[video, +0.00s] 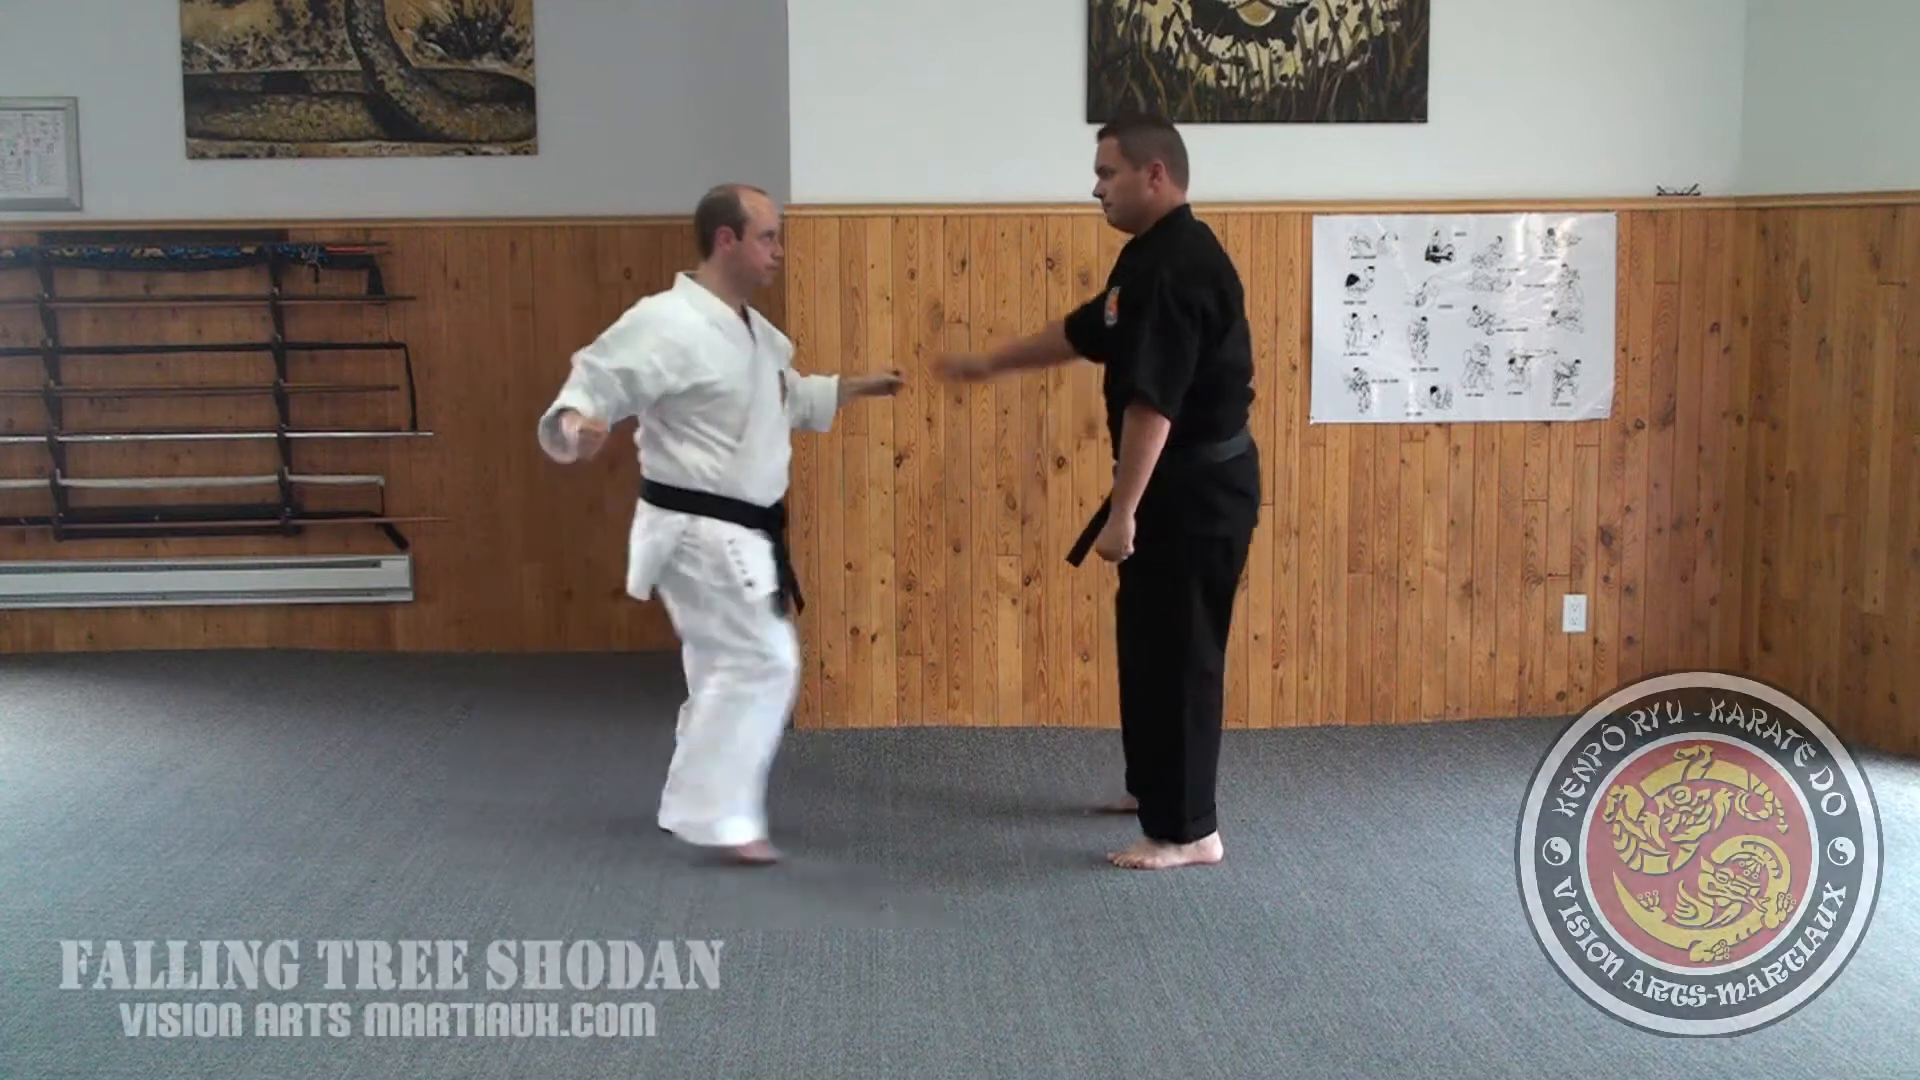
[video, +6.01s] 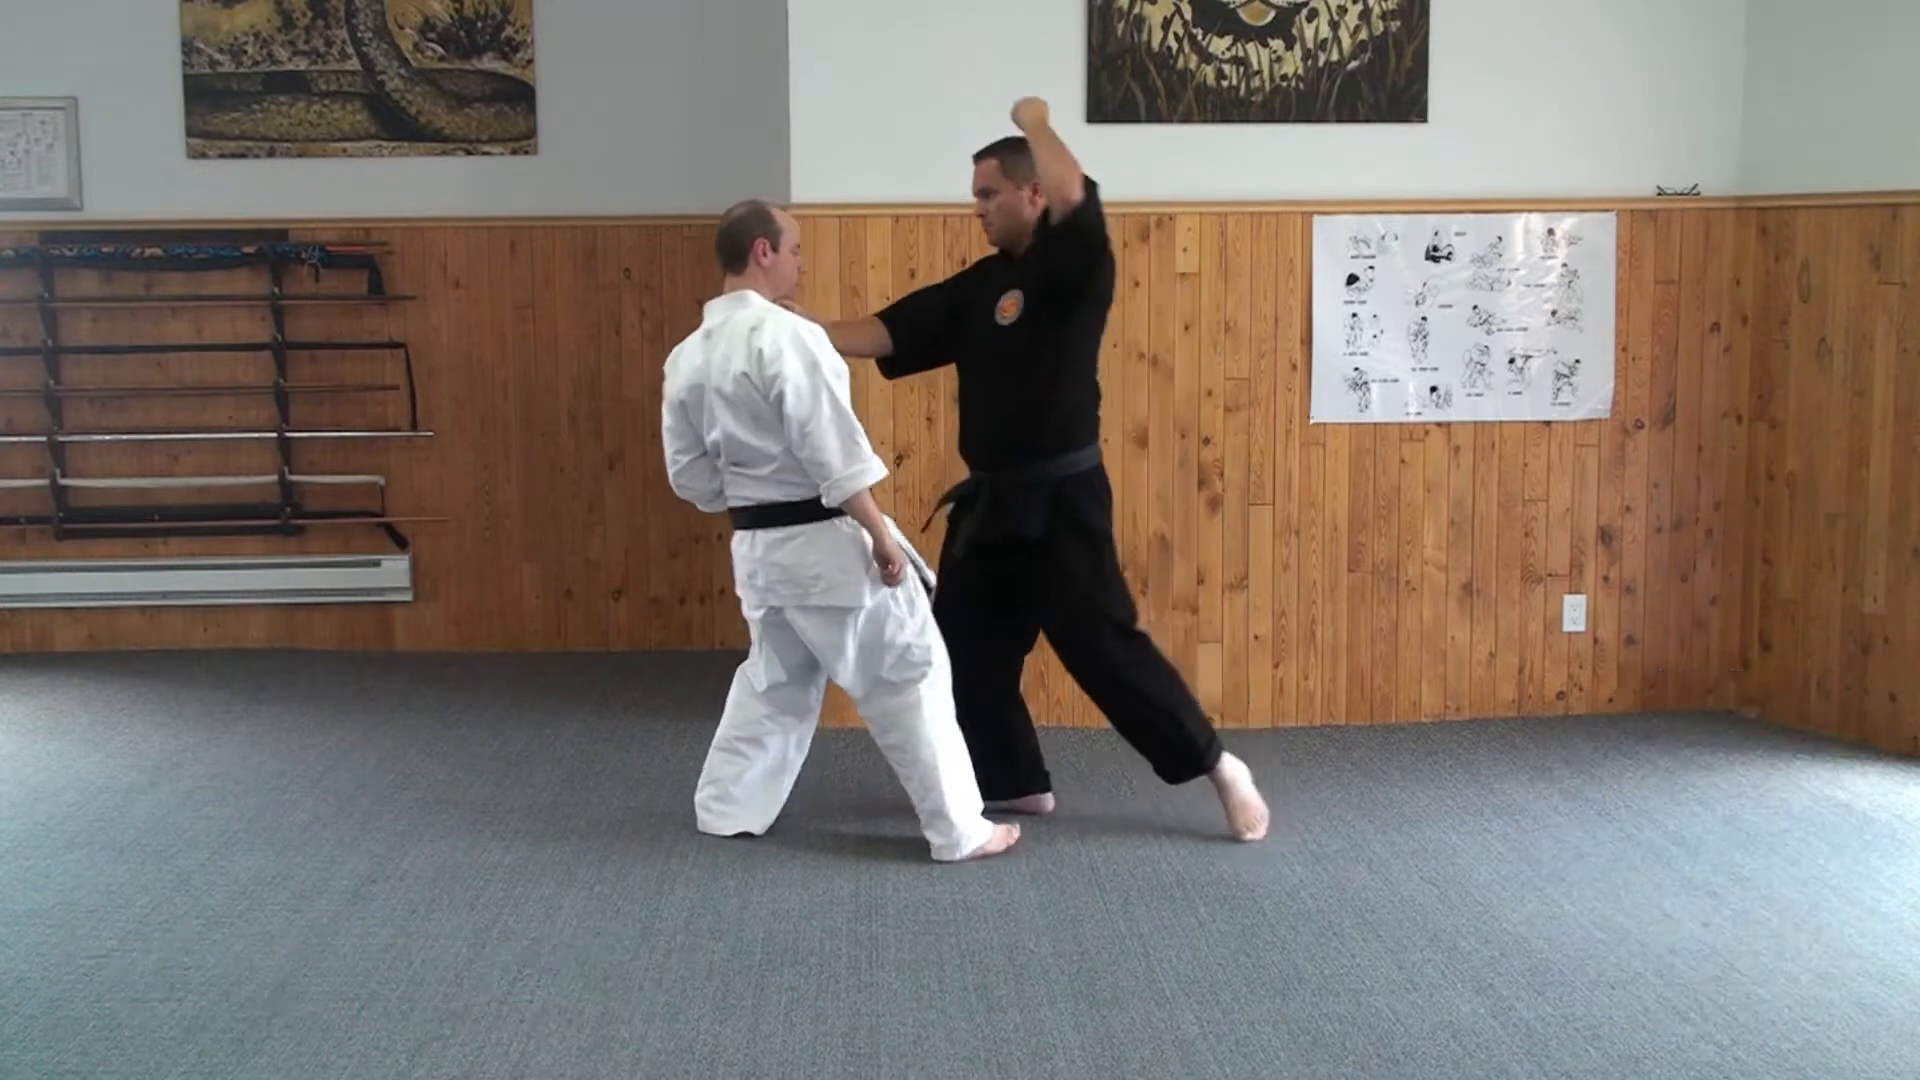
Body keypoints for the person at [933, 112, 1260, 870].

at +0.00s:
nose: (1097, 188)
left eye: (1107, 172)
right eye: (1097, 173)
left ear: (1156, 175)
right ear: (1153, 178)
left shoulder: (1176, 265)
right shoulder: (1153, 253)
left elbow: (1153, 404)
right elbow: (1083, 333)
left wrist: (1123, 509)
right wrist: (987, 362)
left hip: (1195, 484)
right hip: (1171, 480)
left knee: (1179, 656)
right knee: (1150, 643)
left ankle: (1189, 831)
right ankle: (1157, 786)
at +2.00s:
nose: (1061, 224)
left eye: (1073, 210)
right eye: (1061, 211)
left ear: (1123, 215)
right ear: (1105, 216)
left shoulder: (1135, 295)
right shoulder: (1089, 292)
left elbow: (1023, 275)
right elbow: (1104, 387)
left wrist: (939, 197)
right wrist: (1032, 370)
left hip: (1101, 515)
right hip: (1033, 508)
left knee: (1132, 670)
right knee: (961, 653)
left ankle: (1241, 781)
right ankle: (932, 794)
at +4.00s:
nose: (1041, 245)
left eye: (1053, 233)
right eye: (1039, 232)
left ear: (1104, 235)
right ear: (1086, 235)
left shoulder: (1164, 310)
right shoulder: (1027, 307)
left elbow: (1147, 413)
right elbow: (940, 361)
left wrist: (1056, 371)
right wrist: (860, 377)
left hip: (1146, 526)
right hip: (1049, 522)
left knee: (1188, 667)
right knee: (981, 652)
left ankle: (1255, 798)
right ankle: (954, 786)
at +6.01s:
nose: (977, 207)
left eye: (987, 193)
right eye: (975, 196)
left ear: (1033, 193)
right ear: (992, 202)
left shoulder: (1072, 262)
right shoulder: (976, 287)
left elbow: (1073, 197)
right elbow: (883, 333)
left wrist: (1037, 130)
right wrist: (792, 333)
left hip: (1063, 491)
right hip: (991, 495)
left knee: (1101, 642)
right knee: (967, 644)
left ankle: (1218, 767)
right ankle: (1017, 784)